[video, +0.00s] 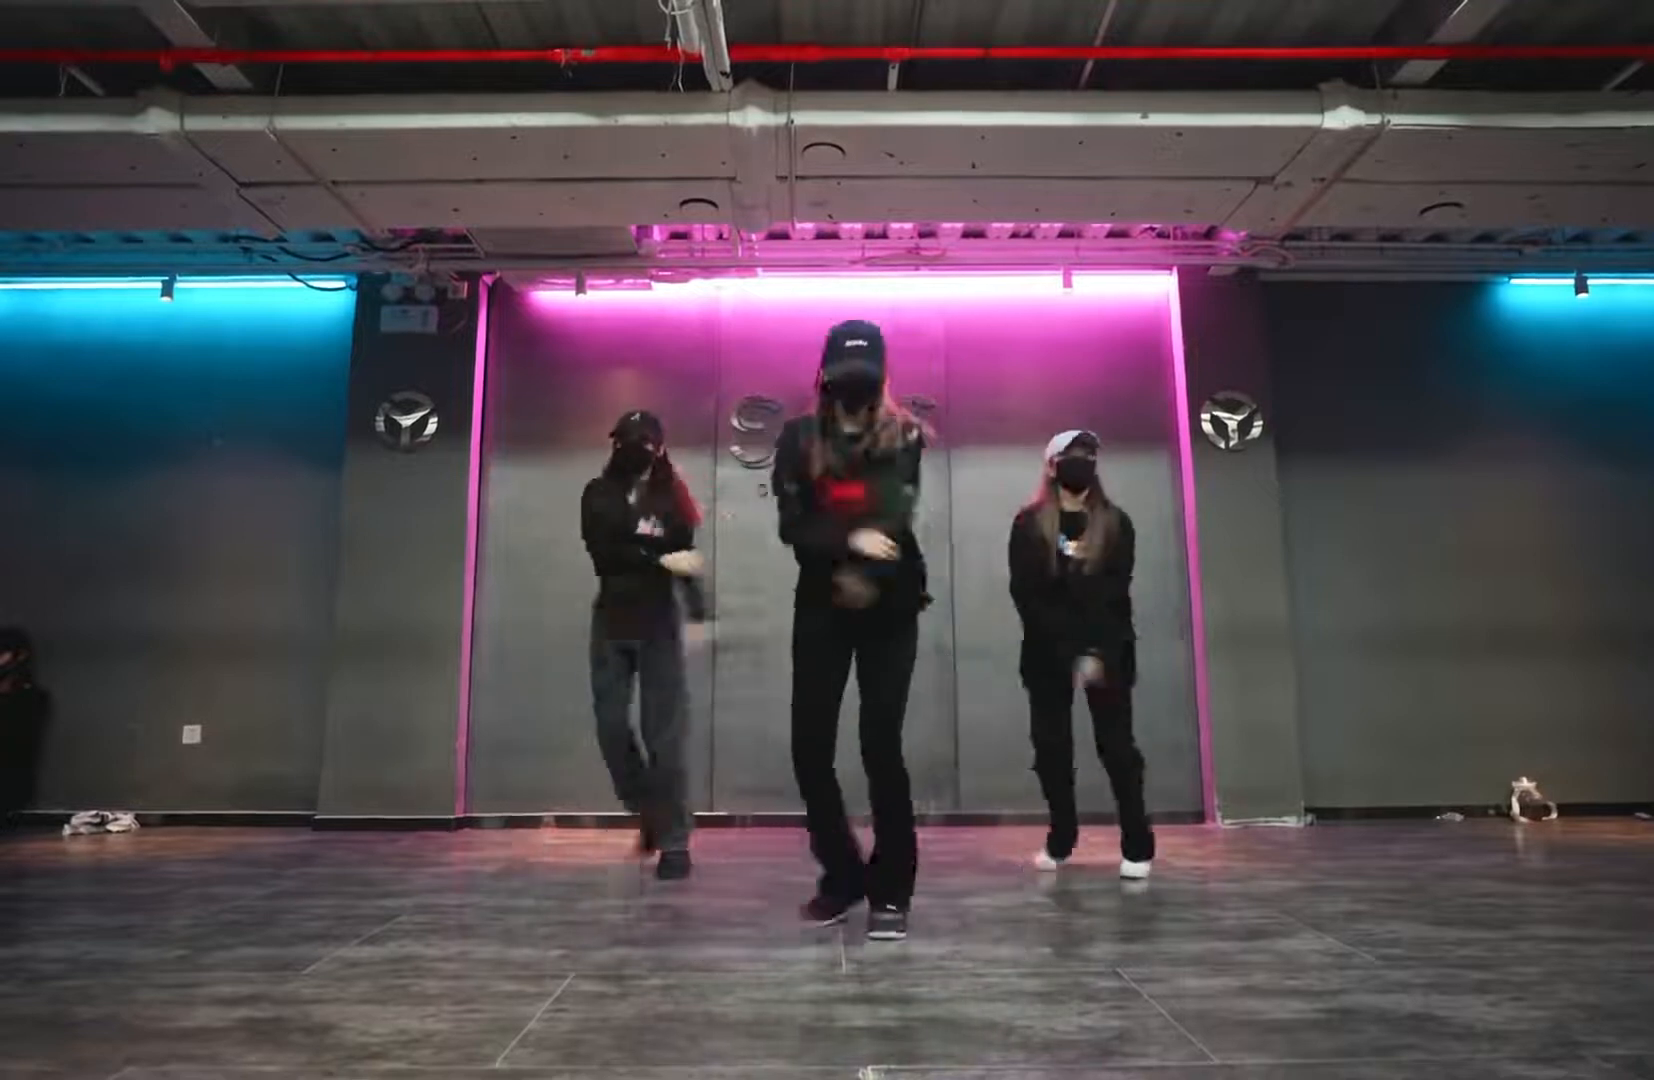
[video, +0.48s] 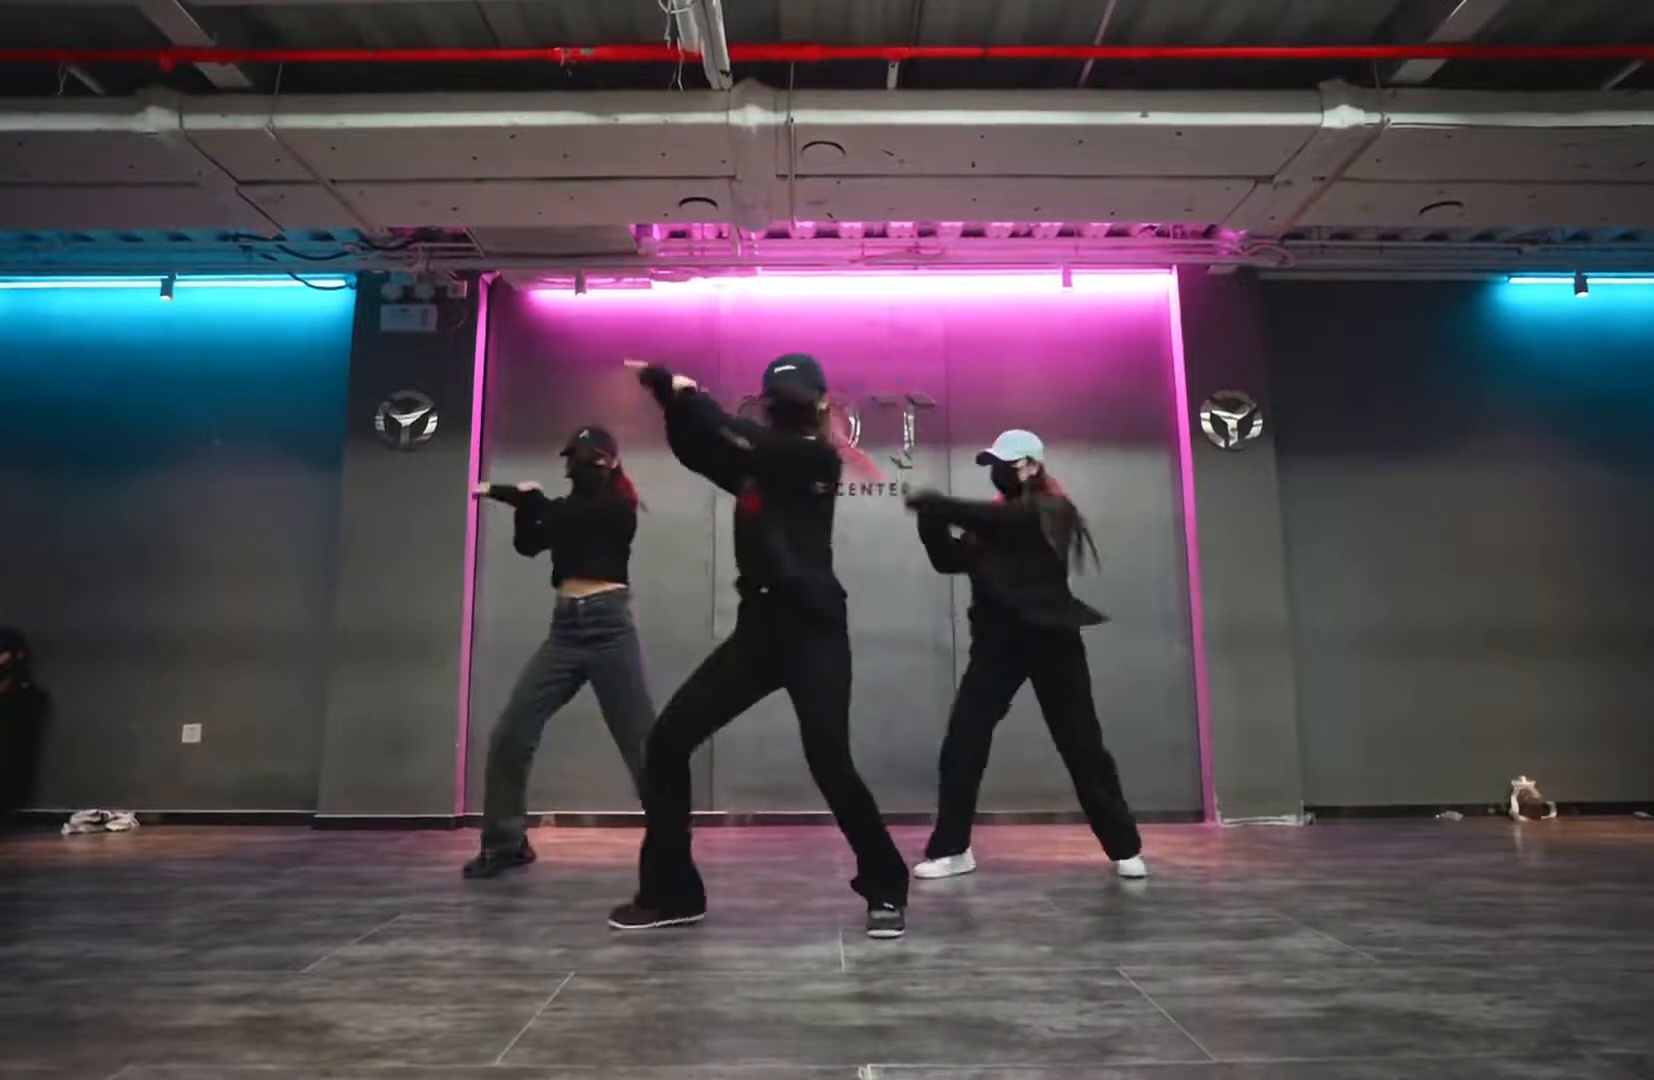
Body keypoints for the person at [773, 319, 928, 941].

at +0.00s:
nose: (851, 397)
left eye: (863, 386)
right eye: (842, 385)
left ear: (880, 382)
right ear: (825, 381)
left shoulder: (899, 436)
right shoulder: (798, 438)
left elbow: (897, 516)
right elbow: (793, 526)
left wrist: (865, 570)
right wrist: (849, 537)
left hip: (888, 604)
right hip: (821, 604)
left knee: (879, 747)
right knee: (811, 753)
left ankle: (891, 891)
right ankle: (843, 878)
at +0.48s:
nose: (783, 412)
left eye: (795, 405)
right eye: (777, 401)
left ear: (816, 406)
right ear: (766, 398)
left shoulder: (816, 457)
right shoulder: (754, 461)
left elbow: (750, 442)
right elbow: (694, 449)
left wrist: (689, 394)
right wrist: (670, 395)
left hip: (813, 629)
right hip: (761, 628)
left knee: (829, 762)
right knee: (668, 741)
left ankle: (887, 890)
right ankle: (671, 893)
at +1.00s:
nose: (772, 406)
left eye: (782, 396)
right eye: (763, 398)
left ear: (805, 400)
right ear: (754, 408)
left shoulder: (837, 452)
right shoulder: (750, 474)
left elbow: (843, 416)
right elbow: (688, 447)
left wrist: (757, 416)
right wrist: (690, 383)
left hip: (855, 621)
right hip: (794, 625)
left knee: (860, 757)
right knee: (713, 743)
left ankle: (888, 892)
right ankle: (678, 889)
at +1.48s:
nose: (829, 391)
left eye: (839, 380)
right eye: (820, 380)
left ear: (857, 385)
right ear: (804, 387)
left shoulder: (886, 452)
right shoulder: (782, 449)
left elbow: (915, 530)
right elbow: (724, 408)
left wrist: (939, 591)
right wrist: (747, 342)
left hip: (887, 618)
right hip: (817, 619)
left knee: (878, 751)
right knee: (810, 753)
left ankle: (886, 888)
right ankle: (820, 886)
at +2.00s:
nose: (842, 428)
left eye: (854, 415)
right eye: (831, 416)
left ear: (873, 411)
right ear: (814, 413)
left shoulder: (897, 475)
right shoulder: (786, 463)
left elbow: (927, 551)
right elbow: (725, 475)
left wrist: (902, 475)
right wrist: (743, 425)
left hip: (879, 641)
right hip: (812, 637)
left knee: (882, 770)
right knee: (749, 727)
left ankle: (901, 880)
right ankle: (781, 846)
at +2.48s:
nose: (816, 395)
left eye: (827, 381)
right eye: (803, 383)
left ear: (845, 380)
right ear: (782, 386)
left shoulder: (852, 456)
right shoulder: (751, 460)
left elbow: (845, 554)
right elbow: (691, 548)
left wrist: (883, 599)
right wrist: (654, 635)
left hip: (841, 640)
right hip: (762, 646)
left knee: (943, 730)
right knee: (683, 764)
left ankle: (987, 909)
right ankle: (659, 909)